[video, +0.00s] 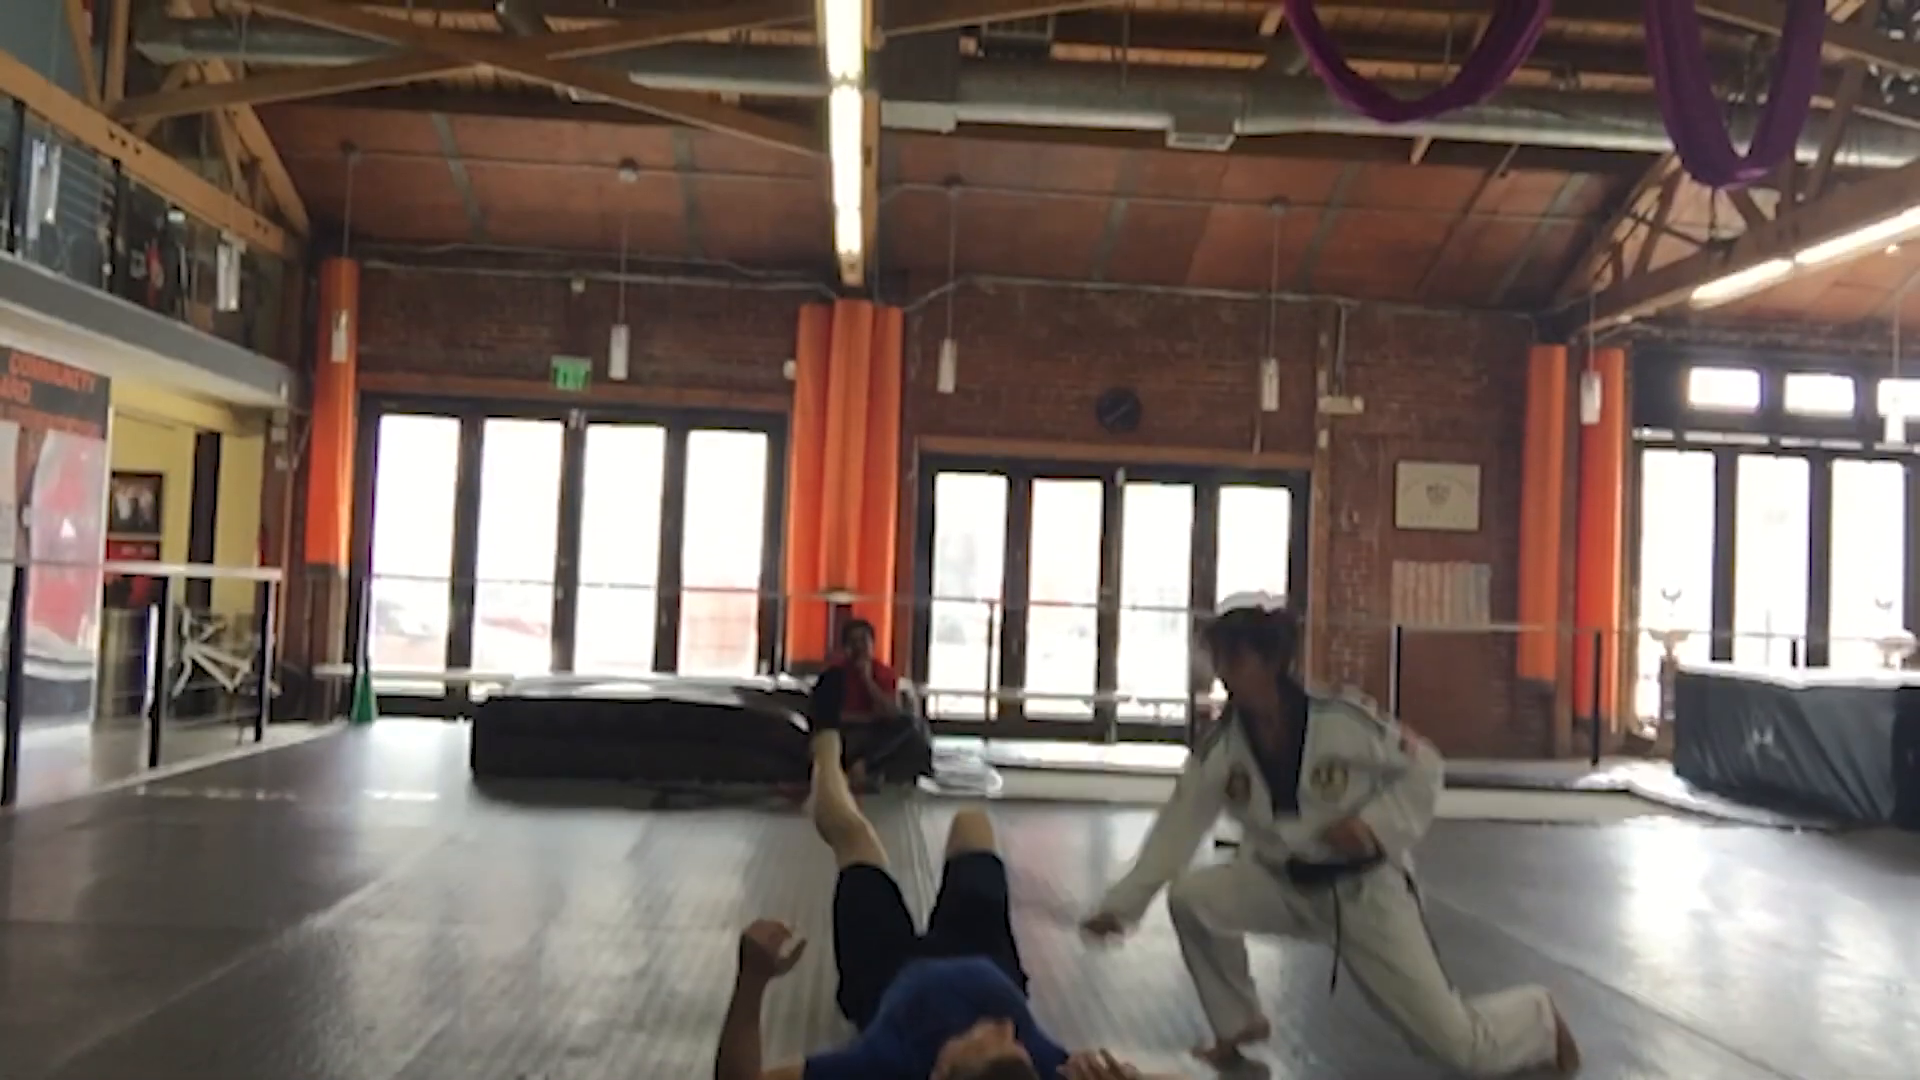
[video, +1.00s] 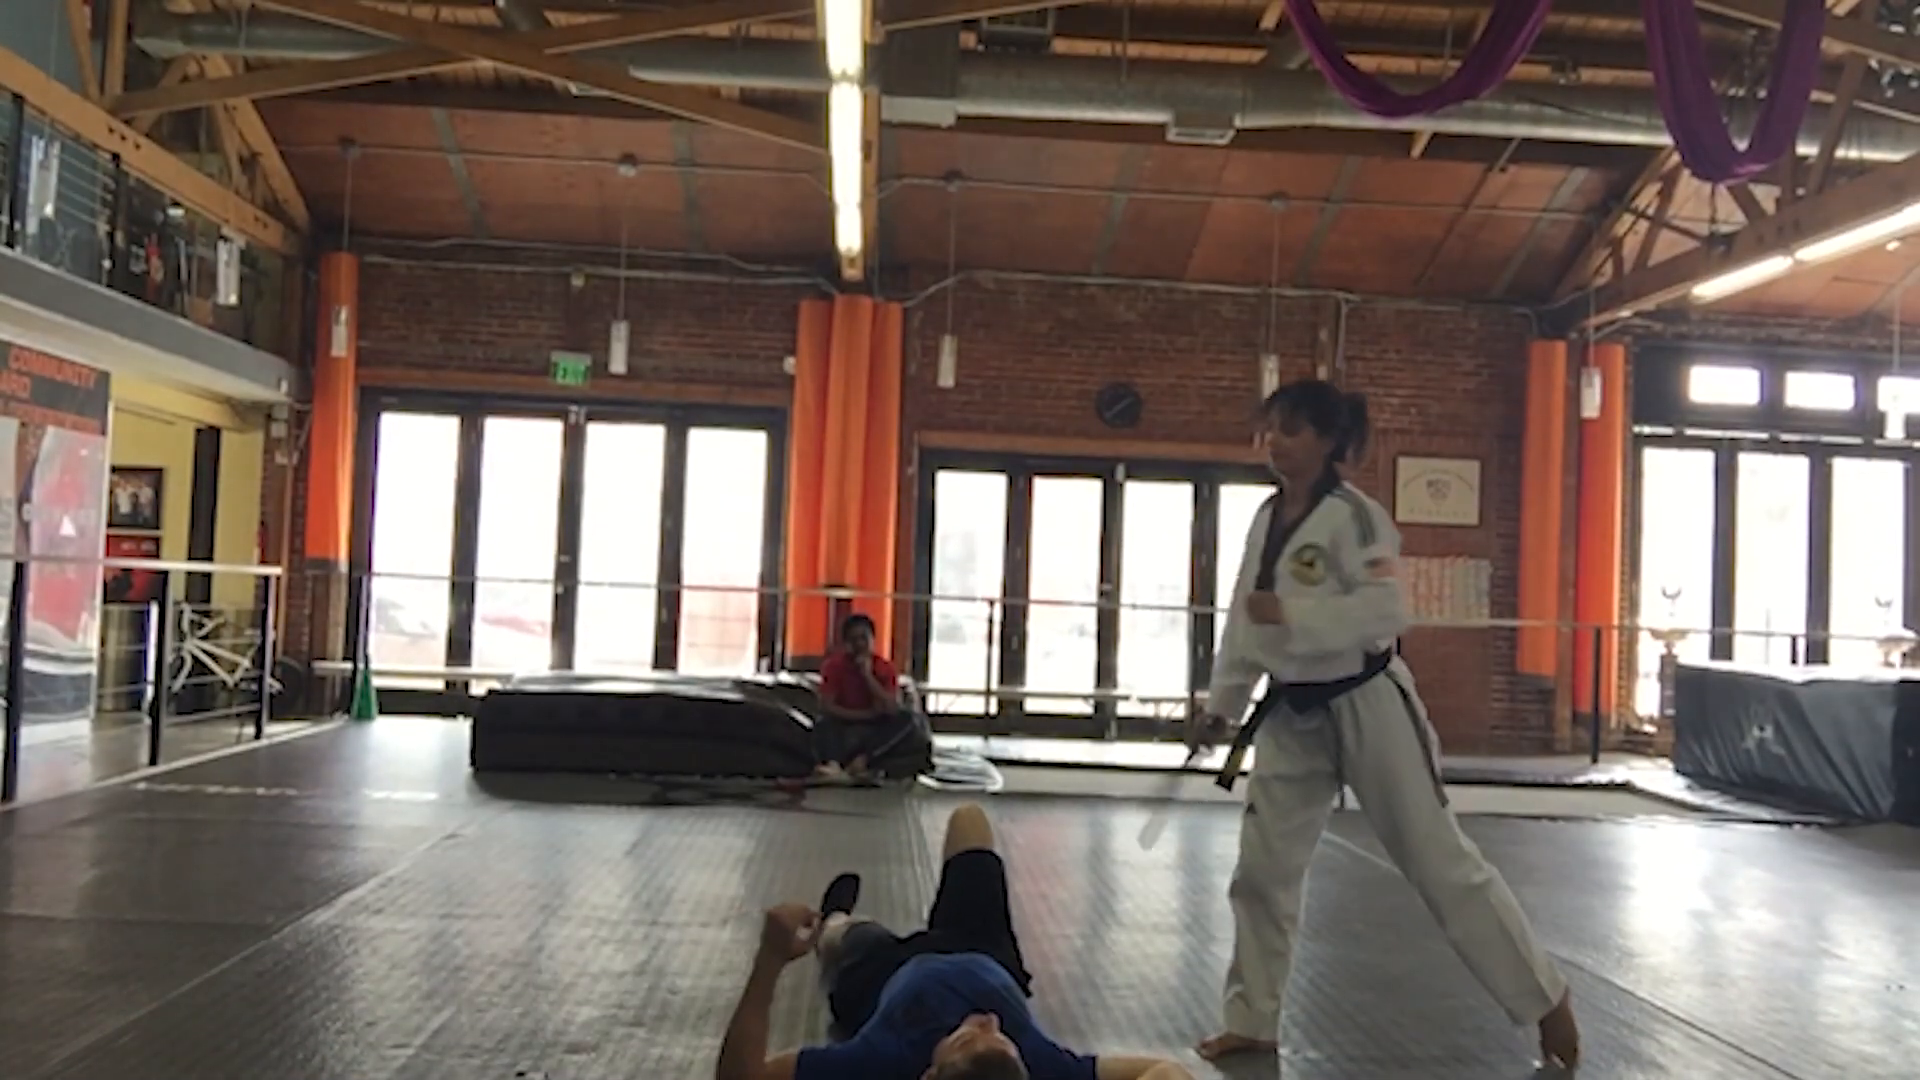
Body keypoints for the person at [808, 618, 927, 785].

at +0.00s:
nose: (859, 646)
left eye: (863, 639)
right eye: (853, 641)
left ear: (872, 642)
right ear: (845, 645)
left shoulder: (884, 673)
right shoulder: (835, 672)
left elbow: (891, 712)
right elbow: (826, 718)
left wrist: (867, 678)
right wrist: (871, 717)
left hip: (876, 727)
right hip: (843, 730)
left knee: (906, 723)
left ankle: (865, 765)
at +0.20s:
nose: (859, 640)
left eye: (864, 634)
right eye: (854, 636)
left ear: (872, 637)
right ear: (846, 641)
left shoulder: (884, 667)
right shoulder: (834, 666)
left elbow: (890, 707)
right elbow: (826, 706)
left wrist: (868, 675)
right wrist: (869, 714)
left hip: (876, 722)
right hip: (842, 721)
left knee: (906, 719)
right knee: (823, 728)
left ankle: (863, 760)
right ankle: (833, 764)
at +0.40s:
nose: (859, 642)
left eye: (863, 637)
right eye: (853, 638)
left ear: (872, 639)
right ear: (846, 641)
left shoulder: (884, 668)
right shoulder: (833, 667)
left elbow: (891, 708)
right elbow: (826, 707)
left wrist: (868, 675)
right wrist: (868, 715)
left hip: (876, 723)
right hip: (842, 724)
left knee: (907, 721)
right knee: (824, 730)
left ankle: (864, 761)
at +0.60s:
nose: (859, 643)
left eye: (863, 637)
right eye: (853, 639)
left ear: (872, 639)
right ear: (846, 643)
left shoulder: (885, 668)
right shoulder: (833, 666)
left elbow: (892, 709)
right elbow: (826, 706)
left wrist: (868, 675)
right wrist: (868, 715)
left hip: (876, 724)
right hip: (842, 725)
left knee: (907, 722)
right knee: (822, 726)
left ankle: (865, 761)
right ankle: (832, 765)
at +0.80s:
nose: (859, 643)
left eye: (863, 637)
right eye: (853, 639)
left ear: (872, 638)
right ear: (846, 642)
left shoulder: (885, 668)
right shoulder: (833, 666)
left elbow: (892, 708)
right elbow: (826, 706)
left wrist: (868, 675)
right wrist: (868, 714)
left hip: (876, 723)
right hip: (842, 723)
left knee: (907, 721)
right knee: (823, 724)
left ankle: (864, 761)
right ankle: (832, 764)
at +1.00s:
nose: (860, 644)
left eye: (864, 638)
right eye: (854, 639)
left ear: (872, 638)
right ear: (846, 642)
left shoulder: (884, 668)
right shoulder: (833, 666)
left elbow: (891, 708)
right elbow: (826, 707)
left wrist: (868, 675)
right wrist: (868, 714)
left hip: (876, 724)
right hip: (842, 724)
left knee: (907, 720)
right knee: (823, 725)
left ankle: (864, 761)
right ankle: (832, 765)